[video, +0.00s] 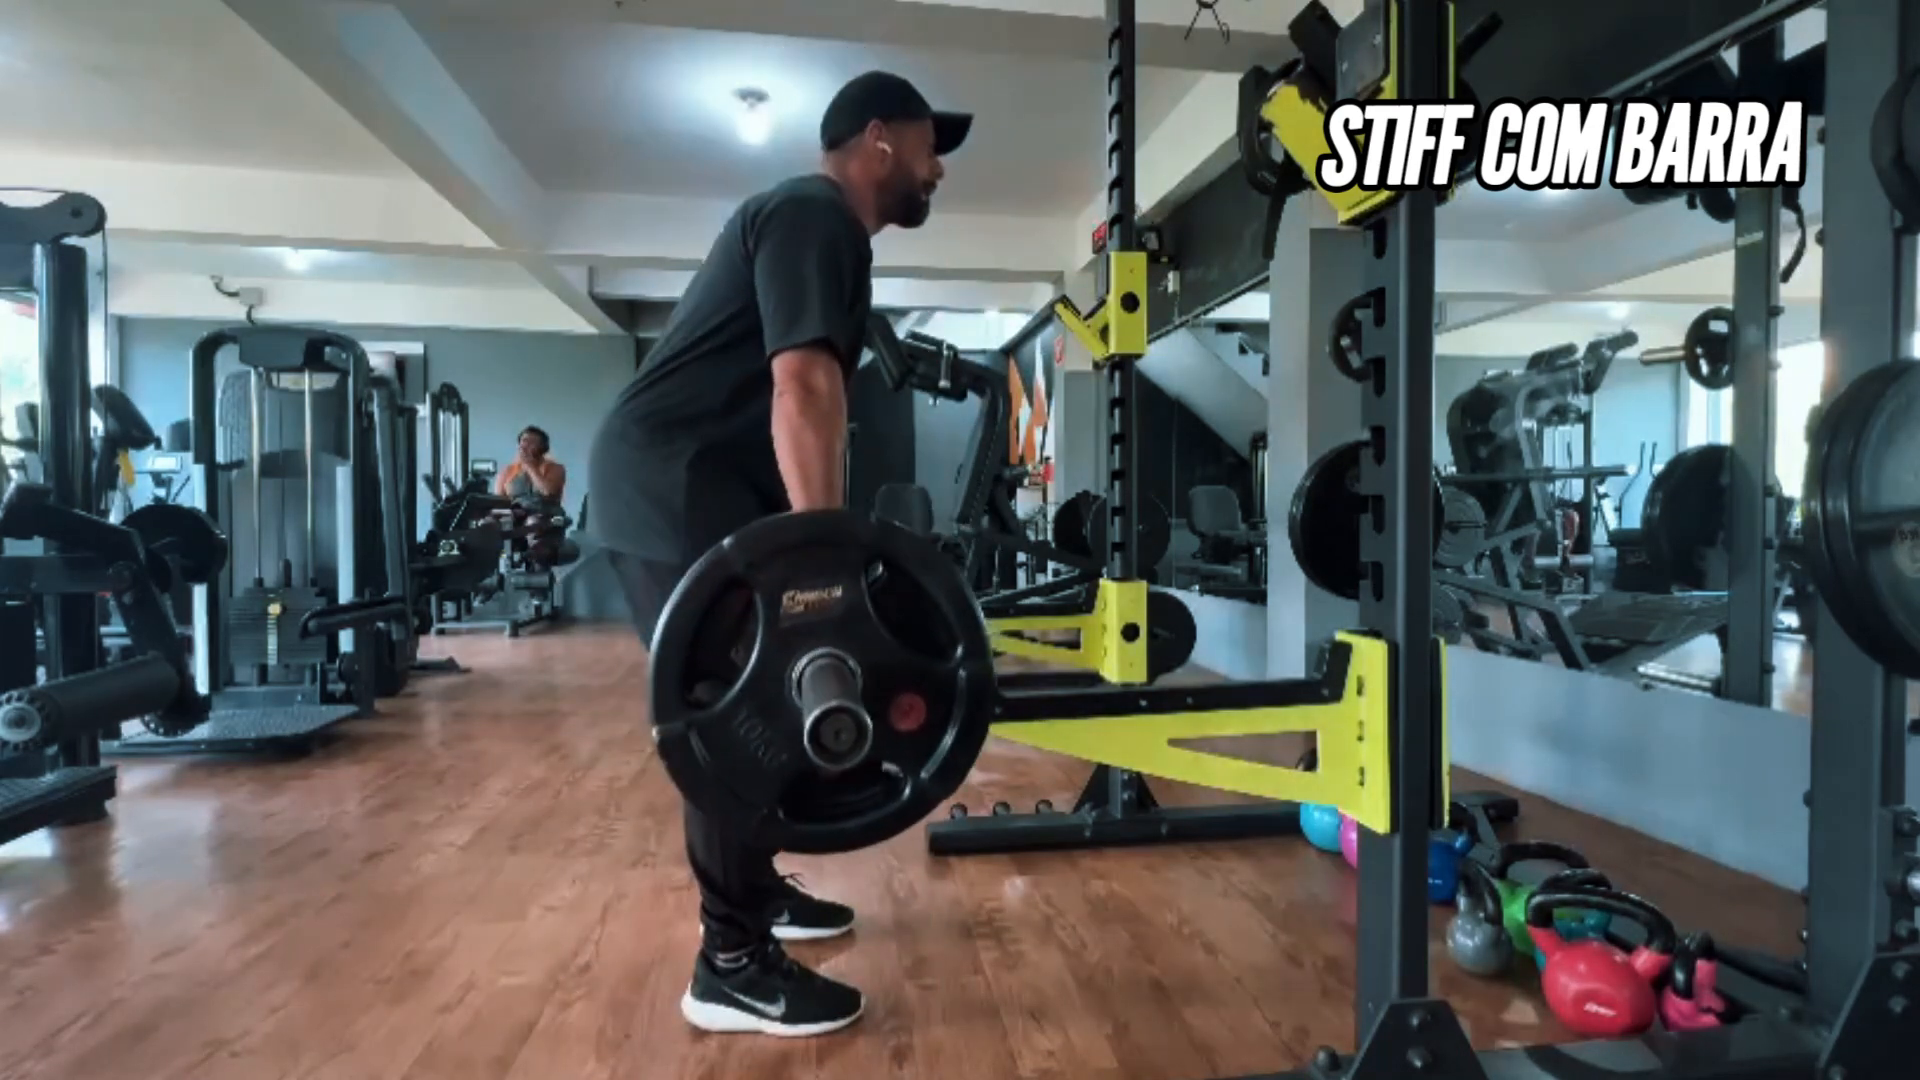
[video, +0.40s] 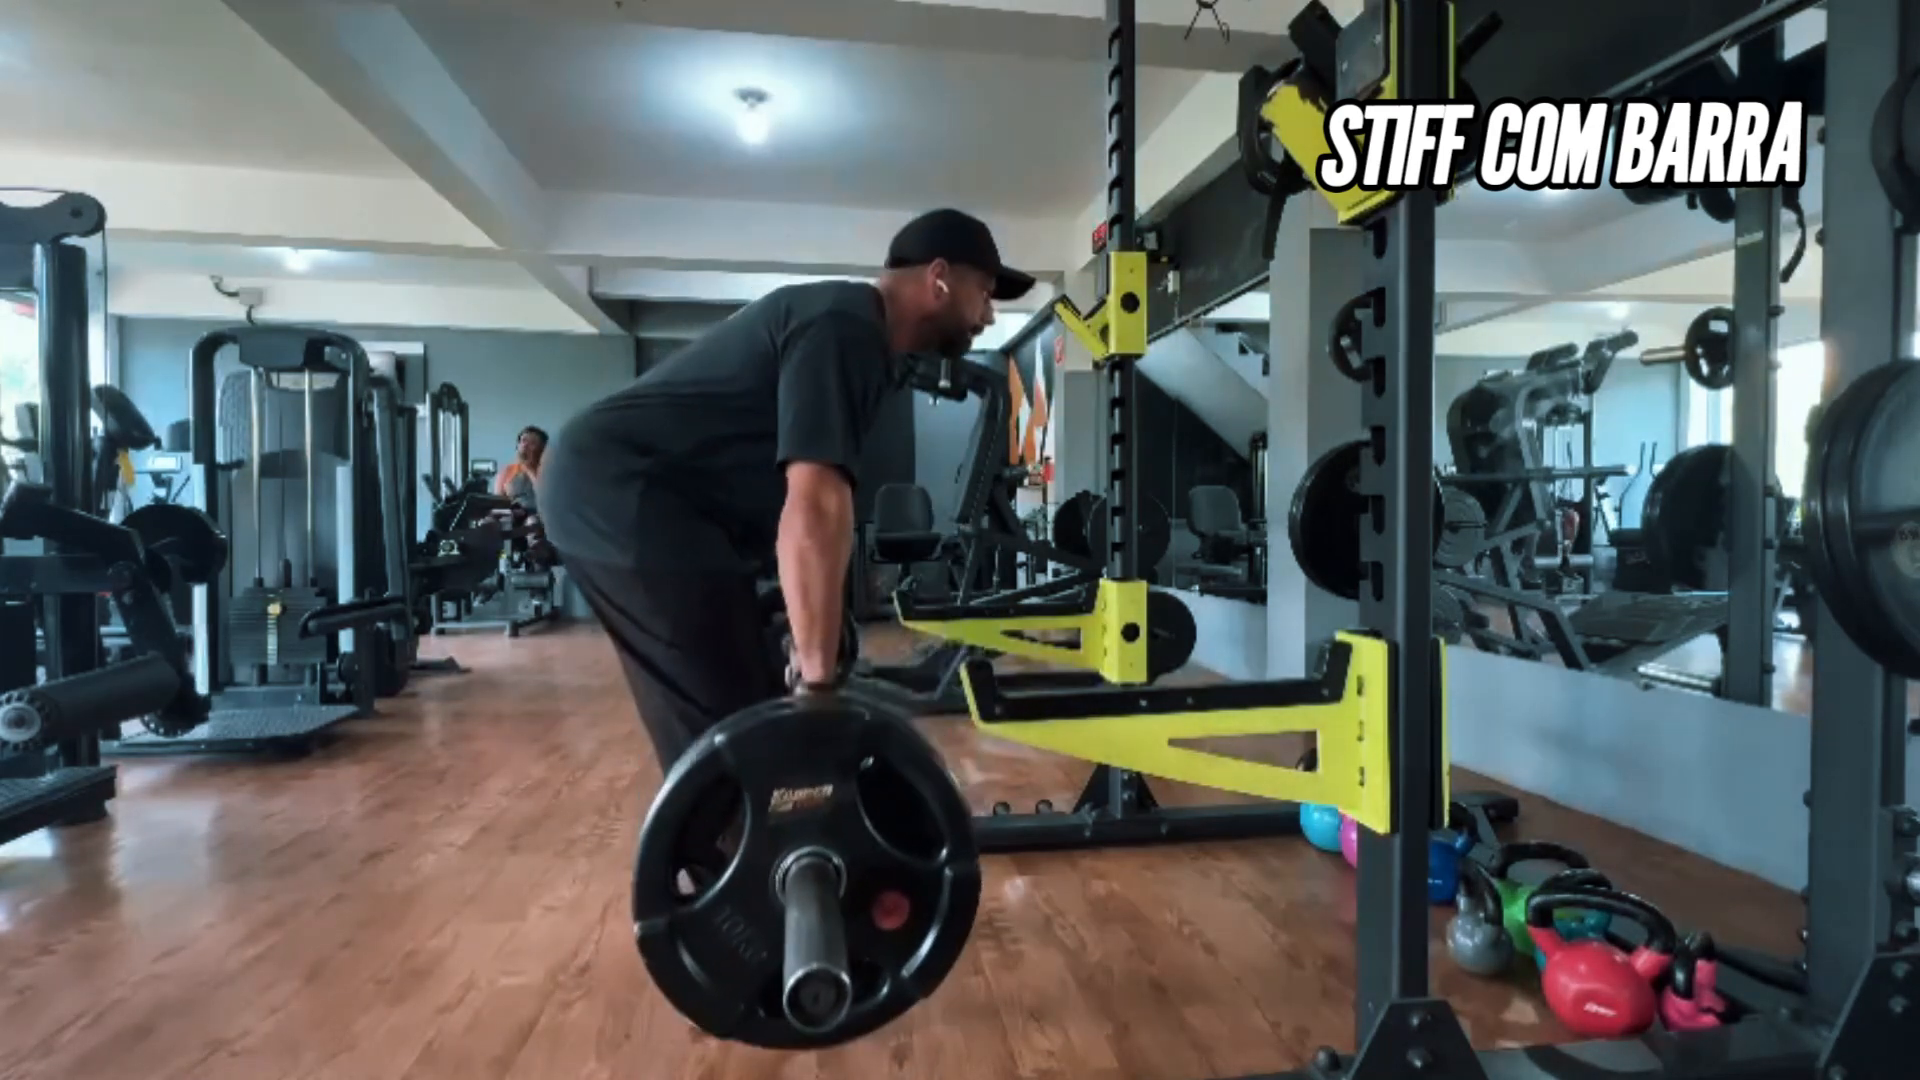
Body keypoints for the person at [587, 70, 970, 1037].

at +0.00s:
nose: (938, 172)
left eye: (939, 154)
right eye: (930, 150)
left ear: (871, 146)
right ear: (875, 140)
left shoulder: (832, 229)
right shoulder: (810, 210)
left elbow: (806, 390)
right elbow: (803, 383)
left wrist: (825, 565)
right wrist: (826, 564)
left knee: (745, 690)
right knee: (724, 703)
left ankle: (750, 888)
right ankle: (728, 957)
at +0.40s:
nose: (990, 315)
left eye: (994, 298)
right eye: (986, 292)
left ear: (934, 280)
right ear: (938, 277)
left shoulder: (850, 332)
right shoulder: (840, 322)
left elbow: (822, 502)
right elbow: (814, 499)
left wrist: (816, 665)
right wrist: (818, 675)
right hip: (620, 481)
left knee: (709, 715)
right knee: (741, 709)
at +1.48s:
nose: (934, 178)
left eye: (935, 160)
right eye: (925, 157)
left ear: (867, 153)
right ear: (870, 148)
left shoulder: (820, 234)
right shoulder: (800, 216)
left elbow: (799, 394)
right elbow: (788, 386)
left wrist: (810, 562)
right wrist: (813, 566)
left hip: (694, 475)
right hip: (660, 475)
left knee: (741, 682)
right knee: (724, 697)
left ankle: (748, 881)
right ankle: (729, 958)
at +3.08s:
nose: (971, 299)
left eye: (975, 282)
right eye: (966, 277)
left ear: (910, 266)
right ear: (913, 261)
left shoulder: (836, 326)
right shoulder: (820, 308)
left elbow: (800, 494)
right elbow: (796, 490)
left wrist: (802, 657)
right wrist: (805, 668)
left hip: (602, 487)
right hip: (612, 487)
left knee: (688, 722)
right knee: (747, 707)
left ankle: (716, 945)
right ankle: (767, 943)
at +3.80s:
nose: (987, 438)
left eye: (997, 424)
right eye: (988, 417)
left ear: (941, 390)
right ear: (946, 391)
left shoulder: (845, 417)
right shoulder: (837, 419)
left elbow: (813, 597)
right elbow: (800, 607)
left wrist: (783, 765)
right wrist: (788, 787)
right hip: (584, 500)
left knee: (721, 719)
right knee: (721, 725)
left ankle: (737, 929)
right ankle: (736, 939)